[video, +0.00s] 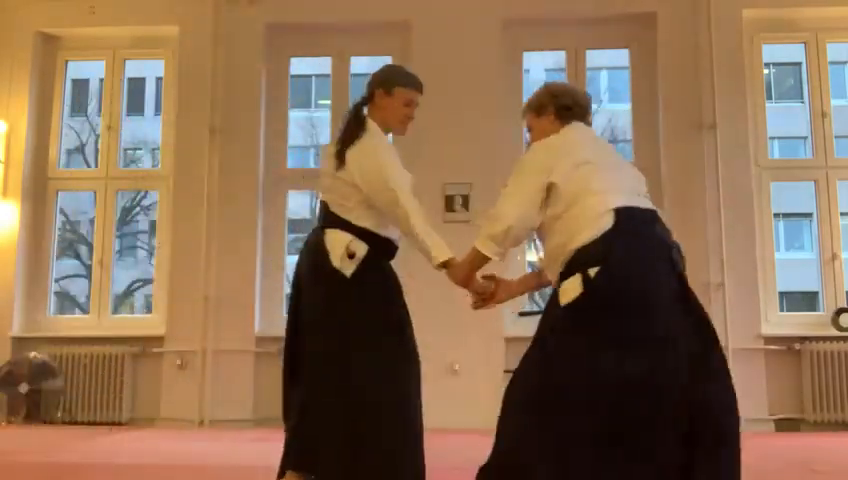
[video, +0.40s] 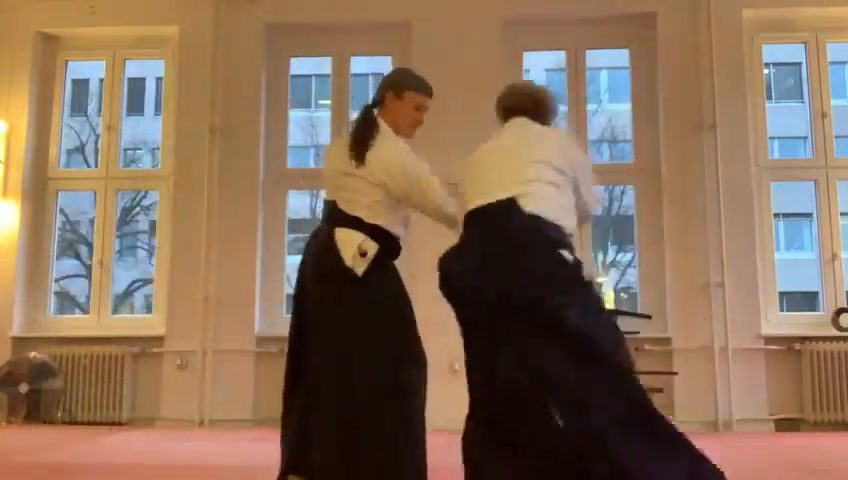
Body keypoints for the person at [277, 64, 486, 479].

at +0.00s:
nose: (413, 113)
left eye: (415, 106)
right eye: (408, 103)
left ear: (380, 101)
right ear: (379, 97)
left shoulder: (355, 137)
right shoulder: (373, 146)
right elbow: (404, 206)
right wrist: (446, 260)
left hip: (327, 260)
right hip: (354, 267)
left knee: (327, 372)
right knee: (389, 370)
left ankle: (302, 467)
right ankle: (382, 470)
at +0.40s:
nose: (422, 118)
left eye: (425, 110)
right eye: (417, 108)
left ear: (387, 104)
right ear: (391, 101)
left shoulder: (343, 142)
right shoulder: (393, 155)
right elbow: (441, 207)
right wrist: (473, 223)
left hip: (322, 263)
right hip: (363, 269)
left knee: (328, 366)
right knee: (403, 365)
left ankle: (315, 464)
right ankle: (386, 468)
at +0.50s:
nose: (421, 118)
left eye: (424, 111)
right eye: (416, 108)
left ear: (384, 105)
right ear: (389, 102)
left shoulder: (337, 146)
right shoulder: (399, 153)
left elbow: (333, 195)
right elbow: (444, 178)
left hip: (324, 258)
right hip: (368, 263)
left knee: (329, 363)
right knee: (414, 361)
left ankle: (321, 463)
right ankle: (395, 467)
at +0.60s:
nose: (420, 114)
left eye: (422, 105)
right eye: (414, 103)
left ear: (381, 100)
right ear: (387, 97)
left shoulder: (339, 145)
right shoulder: (405, 142)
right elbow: (454, 139)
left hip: (331, 252)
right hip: (375, 257)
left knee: (329, 360)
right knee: (396, 358)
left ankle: (323, 461)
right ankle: (380, 464)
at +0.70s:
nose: (413, 101)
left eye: (412, 93)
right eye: (408, 93)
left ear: (383, 92)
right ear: (388, 92)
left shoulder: (355, 128)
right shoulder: (394, 129)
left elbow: (343, 188)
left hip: (346, 236)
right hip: (381, 239)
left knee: (337, 351)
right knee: (374, 353)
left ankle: (318, 457)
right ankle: (361, 459)